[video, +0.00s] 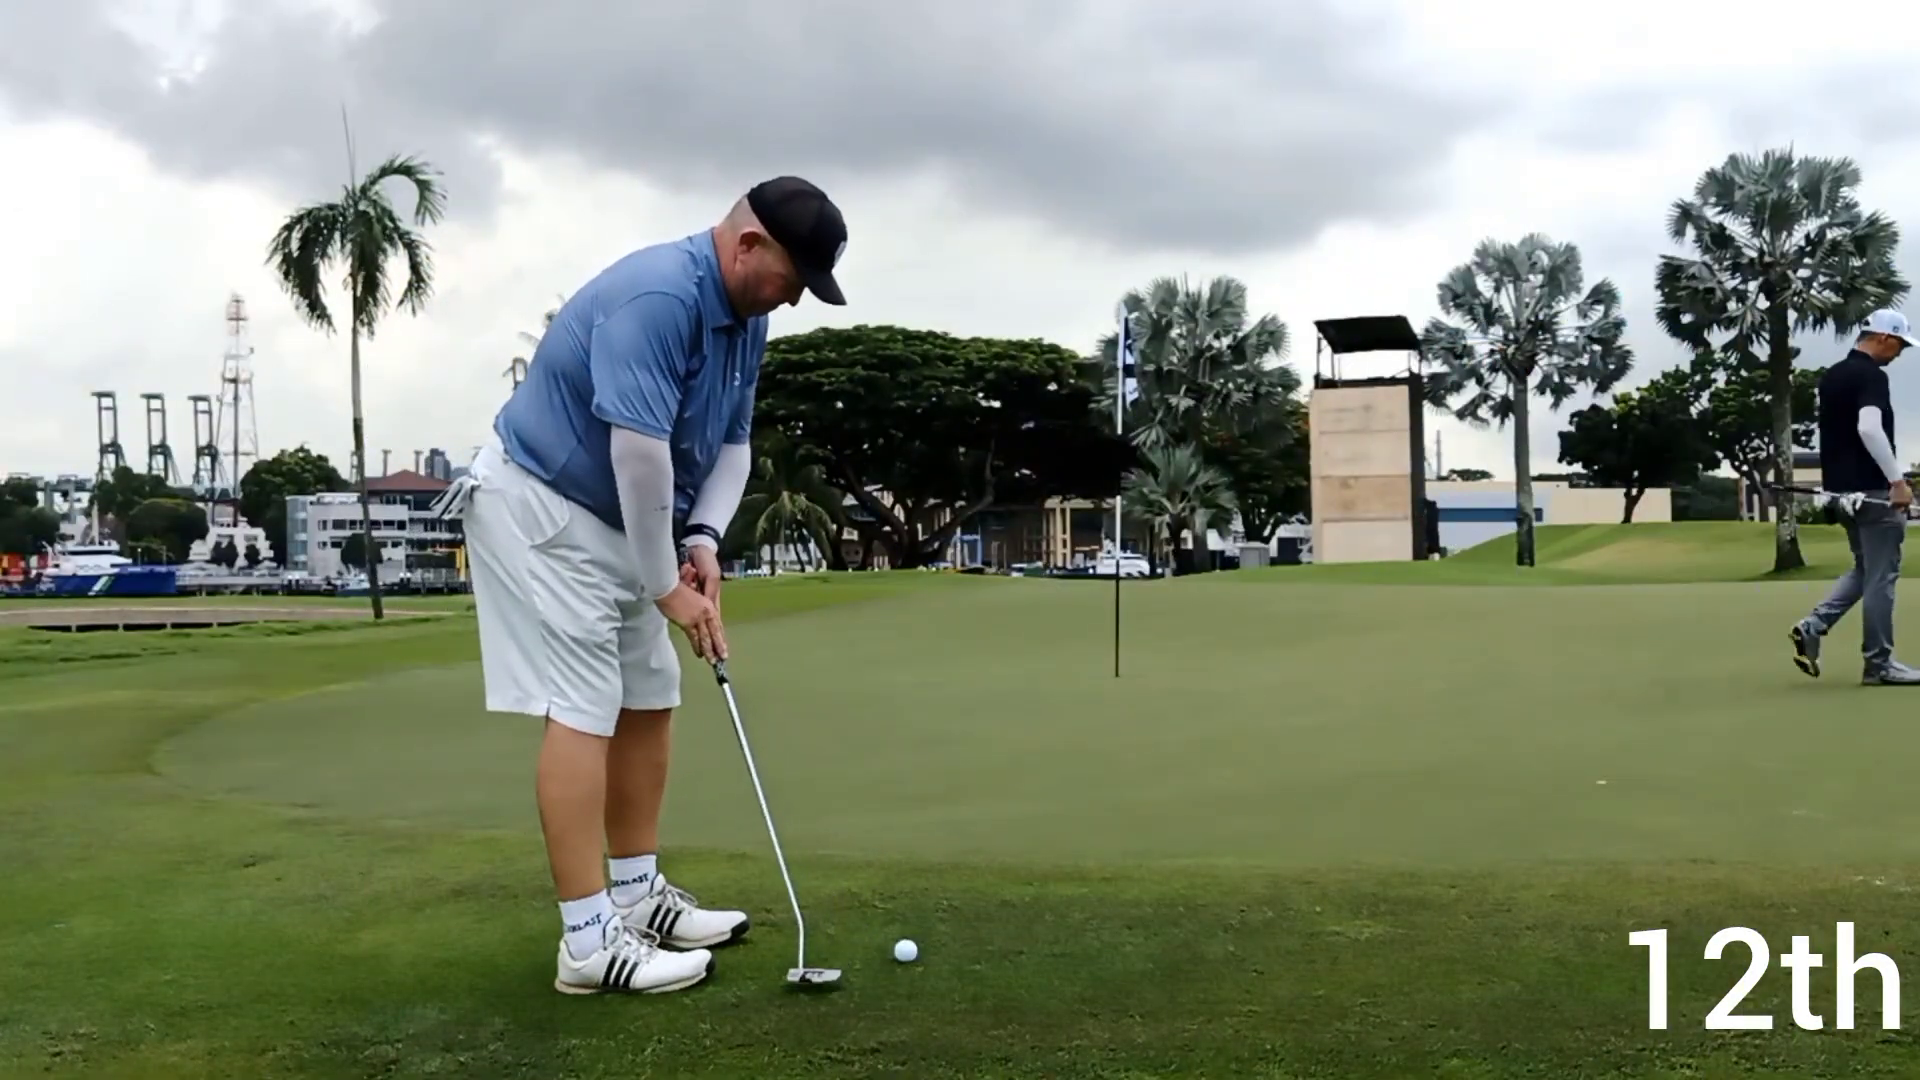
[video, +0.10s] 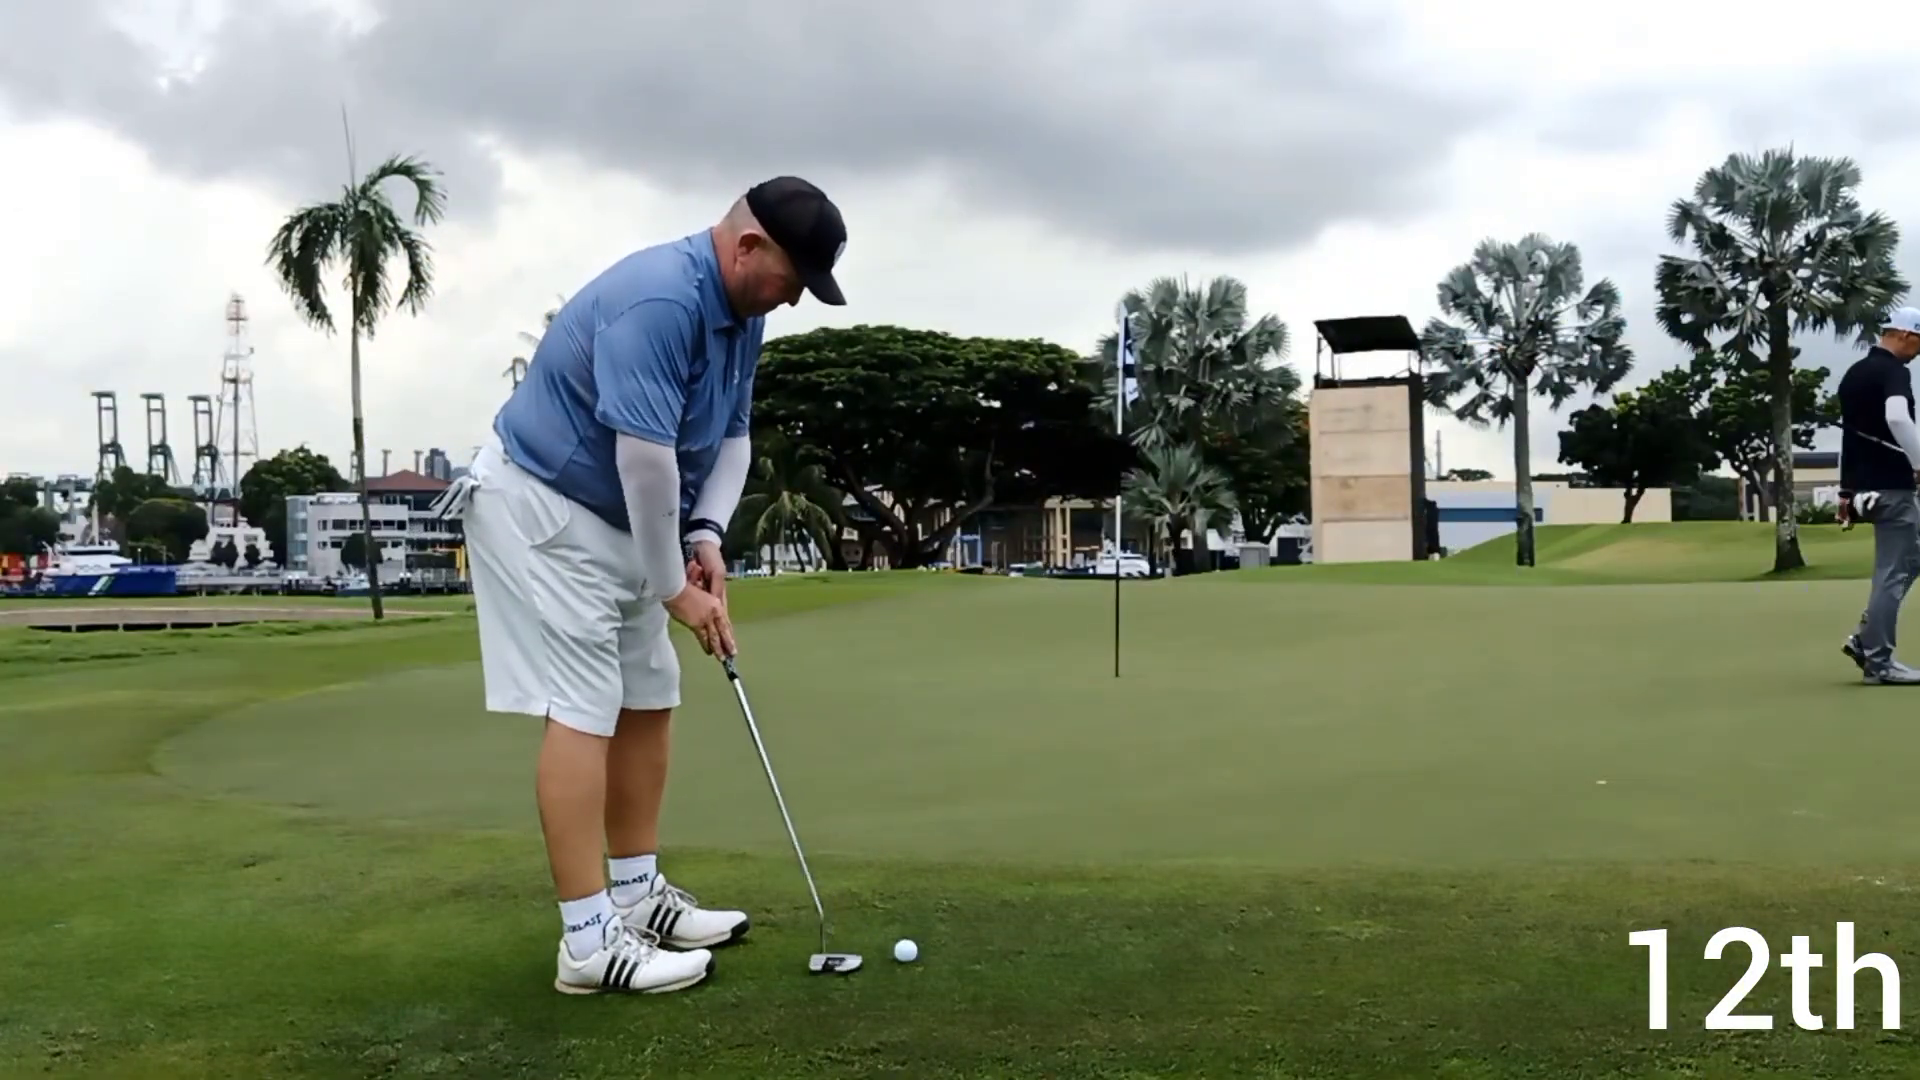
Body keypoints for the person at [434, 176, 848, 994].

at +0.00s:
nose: (794, 298)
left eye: (803, 285)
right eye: (792, 279)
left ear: (758, 248)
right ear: (749, 242)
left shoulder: (744, 314)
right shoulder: (653, 300)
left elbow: (731, 444)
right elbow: (639, 460)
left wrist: (706, 536)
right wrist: (665, 583)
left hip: (622, 514)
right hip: (542, 502)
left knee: (647, 695)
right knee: (582, 704)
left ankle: (636, 898)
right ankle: (586, 941)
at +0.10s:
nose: (794, 297)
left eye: (804, 285)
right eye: (792, 279)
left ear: (759, 250)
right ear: (749, 244)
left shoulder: (741, 312)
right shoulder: (655, 305)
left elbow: (732, 437)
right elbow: (644, 461)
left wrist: (709, 530)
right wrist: (673, 586)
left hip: (622, 511)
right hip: (542, 501)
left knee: (646, 693)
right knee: (582, 703)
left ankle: (635, 898)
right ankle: (586, 940)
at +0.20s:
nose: (794, 297)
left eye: (803, 285)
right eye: (792, 280)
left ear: (756, 251)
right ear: (748, 247)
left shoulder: (737, 311)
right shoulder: (657, 307)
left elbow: (732, 434)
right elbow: (651, 467)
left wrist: (713, 526)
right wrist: (681, 587)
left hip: (626, 510)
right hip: (544, 501)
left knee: (645, 695)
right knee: (583, 704)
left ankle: (635, 898)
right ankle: (586, 940)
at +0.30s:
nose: (792, 296)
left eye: (800, 284)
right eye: (790, 280)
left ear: (753, 250)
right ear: (749, 250)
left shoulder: (729, 305)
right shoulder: (660, 312)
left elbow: (734, 423)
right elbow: (662, 477)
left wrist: (720, 521)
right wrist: (689, 585)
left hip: (625, 509)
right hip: (546, 502)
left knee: (644, 697)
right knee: (583, 705)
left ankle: (636, 898)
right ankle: (586, 940)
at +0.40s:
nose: (791, 296)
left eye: (798, 283)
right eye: (791, 280)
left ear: (750, 251)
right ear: (748, 254)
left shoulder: (725, 303)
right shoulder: (660, 315)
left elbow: (735, 419)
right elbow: (667, 481)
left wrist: (724, 518)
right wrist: (694, 583)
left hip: (625, 510)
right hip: (546, 504)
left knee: (644, 698)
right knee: (583, 706)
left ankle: (635, 898)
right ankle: (586, 941)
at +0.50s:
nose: (792, 296)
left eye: (799, 284)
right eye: (791, 280)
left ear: (752, 252)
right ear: (749, 254)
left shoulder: (727, 305)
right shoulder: (659, 312)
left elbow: (734, 425)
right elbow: (660, 476)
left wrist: (721, 523)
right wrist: (688, 585)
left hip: (625, 509)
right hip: (545, 503)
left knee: (644, 698)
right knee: (583, 706)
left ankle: (635, 898)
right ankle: (586, 941)